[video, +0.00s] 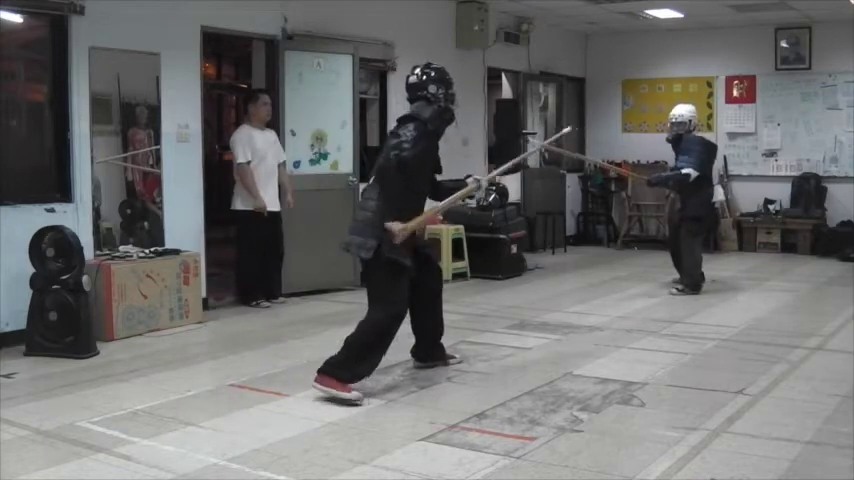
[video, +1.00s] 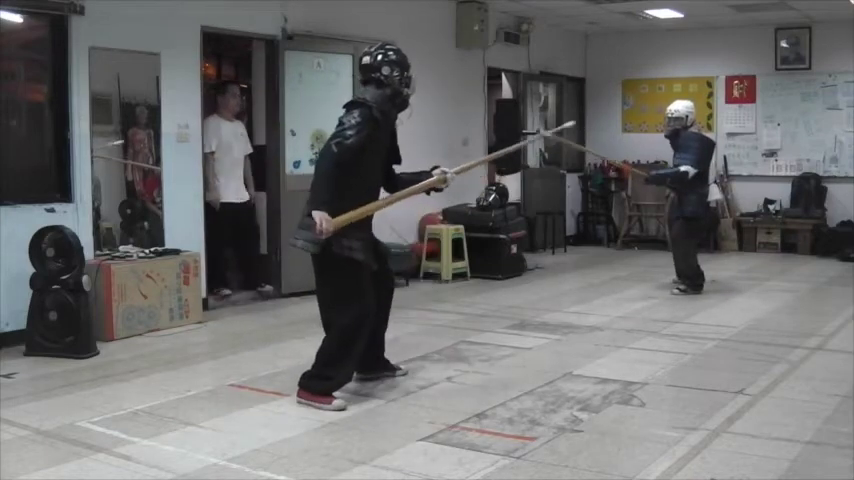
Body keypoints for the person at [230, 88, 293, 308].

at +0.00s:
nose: (269, 109)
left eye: (270, 105)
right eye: (264, 105)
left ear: (270, 108)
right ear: (251, 108)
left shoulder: (271, 135)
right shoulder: (241, 135)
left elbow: (280, 165)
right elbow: (242, 168)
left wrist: (287, 190)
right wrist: (257, 198)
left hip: (271, 206)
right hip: (249, 208)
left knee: (274, 252)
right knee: (251, 253)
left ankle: (272, 292)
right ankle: (251, 295)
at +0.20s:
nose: (271, 108)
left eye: (272, 104)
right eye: (266, 104)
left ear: (272, 108)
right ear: (253, 107)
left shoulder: (275, 134)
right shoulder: (242, 133)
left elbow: (282, 166)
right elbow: (239, 168)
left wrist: (289, 190)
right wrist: (247, 197)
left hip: (270, 201)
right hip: (248, 201)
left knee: (271, 247)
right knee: (249, 248)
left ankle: (271, 290)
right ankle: (247, 290)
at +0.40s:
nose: (266, 108)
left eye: (266, 103)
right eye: (261, 104)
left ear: (265, 108)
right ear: (248, 107)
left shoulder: (269, 134)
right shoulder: (236, 133)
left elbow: (281, 165)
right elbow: (234, 168)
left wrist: (292, 189)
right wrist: (241, 198)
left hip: (267, 204)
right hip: (244, 203)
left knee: (268, 249)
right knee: (242, 249)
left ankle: (268, 291)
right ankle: (224, 284)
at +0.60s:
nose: (252, 107)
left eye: (253, 103)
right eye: (247, 103)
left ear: (253, 107)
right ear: (236, 105)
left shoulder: (258, 133)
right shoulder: (224, 132)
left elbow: (269, 163)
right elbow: (224, 167)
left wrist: (282, 184)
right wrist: (239, 194)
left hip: (255, 204)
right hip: (228, 204)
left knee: (260, 249)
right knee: (227, 247)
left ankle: (264, 291)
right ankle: (221, 286)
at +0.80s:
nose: (242, 104)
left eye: (244, 100)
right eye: (238, 100)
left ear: (244, 103)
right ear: (227, 101)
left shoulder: (245, 129)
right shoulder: (214, 127)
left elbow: (253, 162)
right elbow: (214, 162)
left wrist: (263, 187)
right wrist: (226, 190)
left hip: (244, 200)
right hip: (218, 201)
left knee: (256, 244)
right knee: (219, 248)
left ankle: (263, 287)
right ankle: (218, 287)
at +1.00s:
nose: (239, 100)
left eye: (239, 96)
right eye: (234, 96)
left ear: (238, 101)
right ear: (221, 99)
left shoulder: (239, 126)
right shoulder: (211, 123)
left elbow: (246, 160)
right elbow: (207, 158)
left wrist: (251, 189)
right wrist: (211, 189)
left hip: (241, 195)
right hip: (219, 196)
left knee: (250, 240)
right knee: (218, 244)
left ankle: (255, 281)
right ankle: (219, 285)